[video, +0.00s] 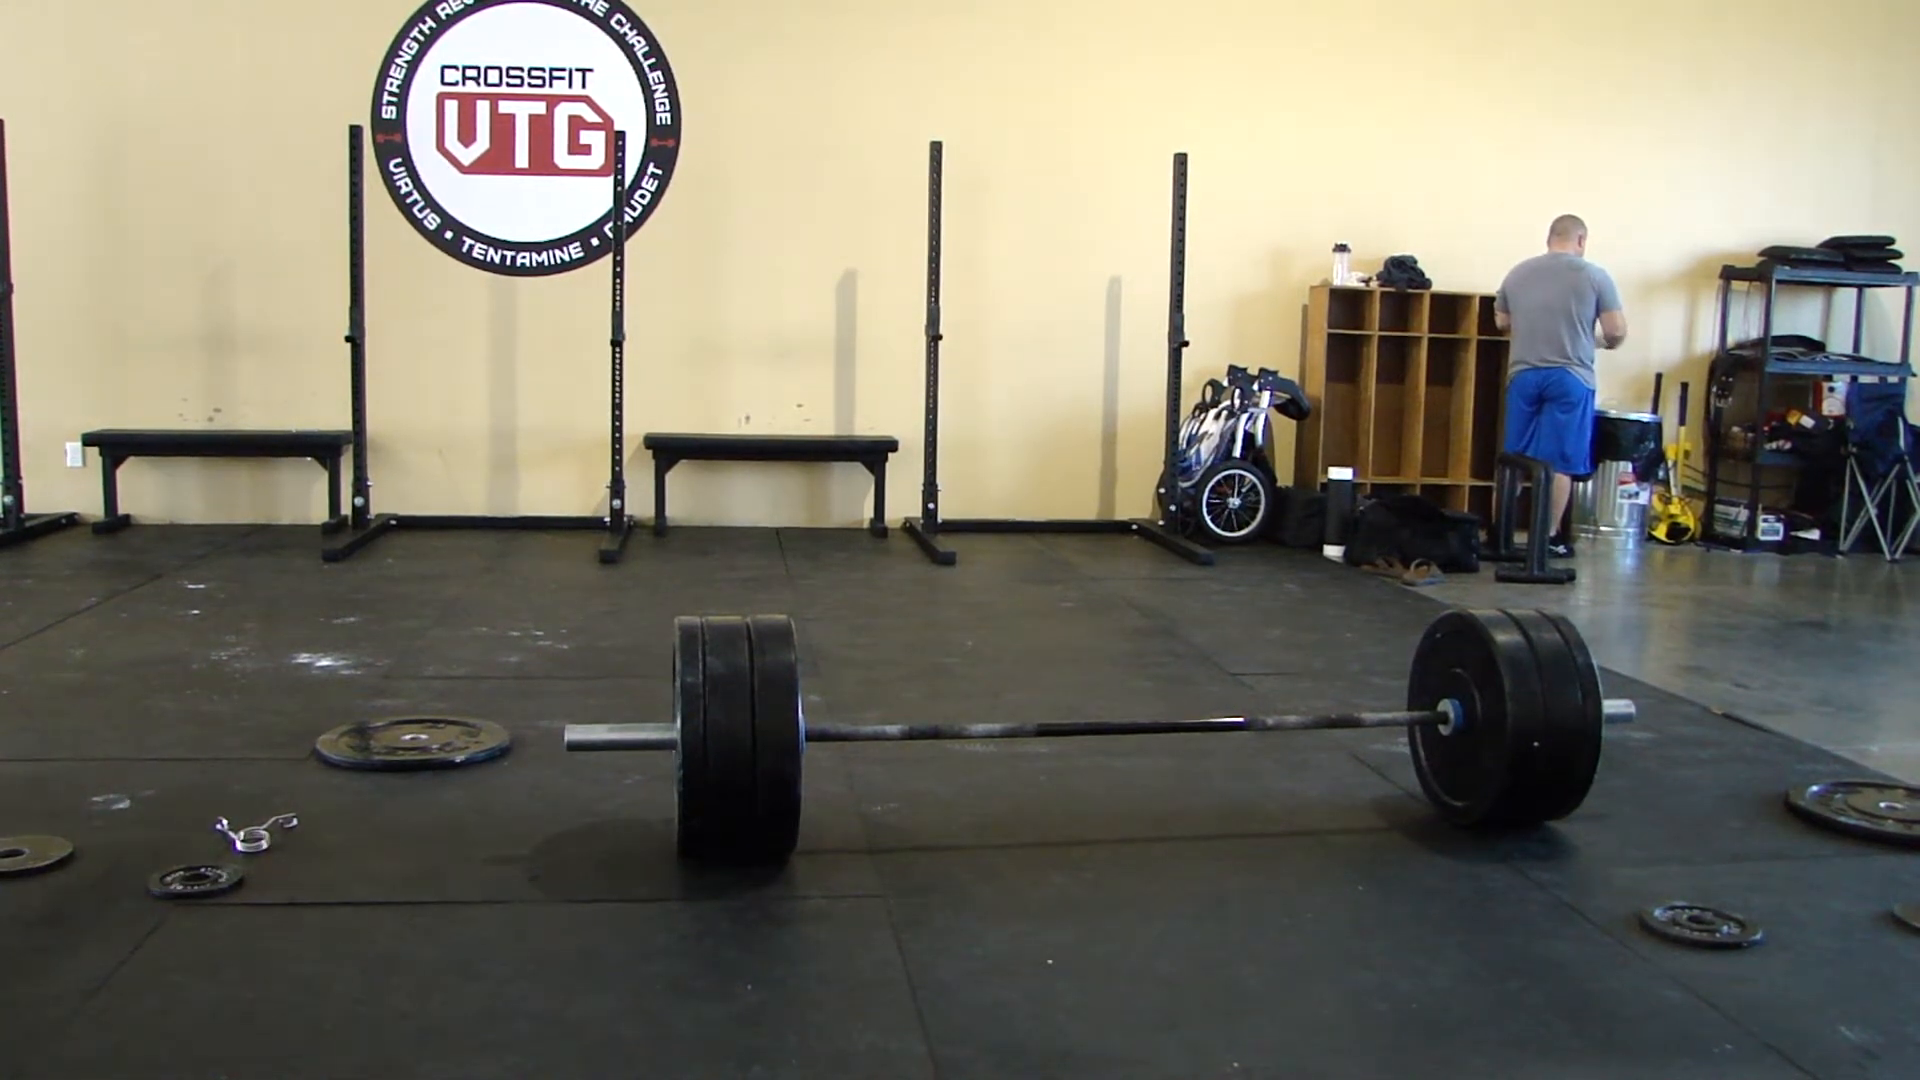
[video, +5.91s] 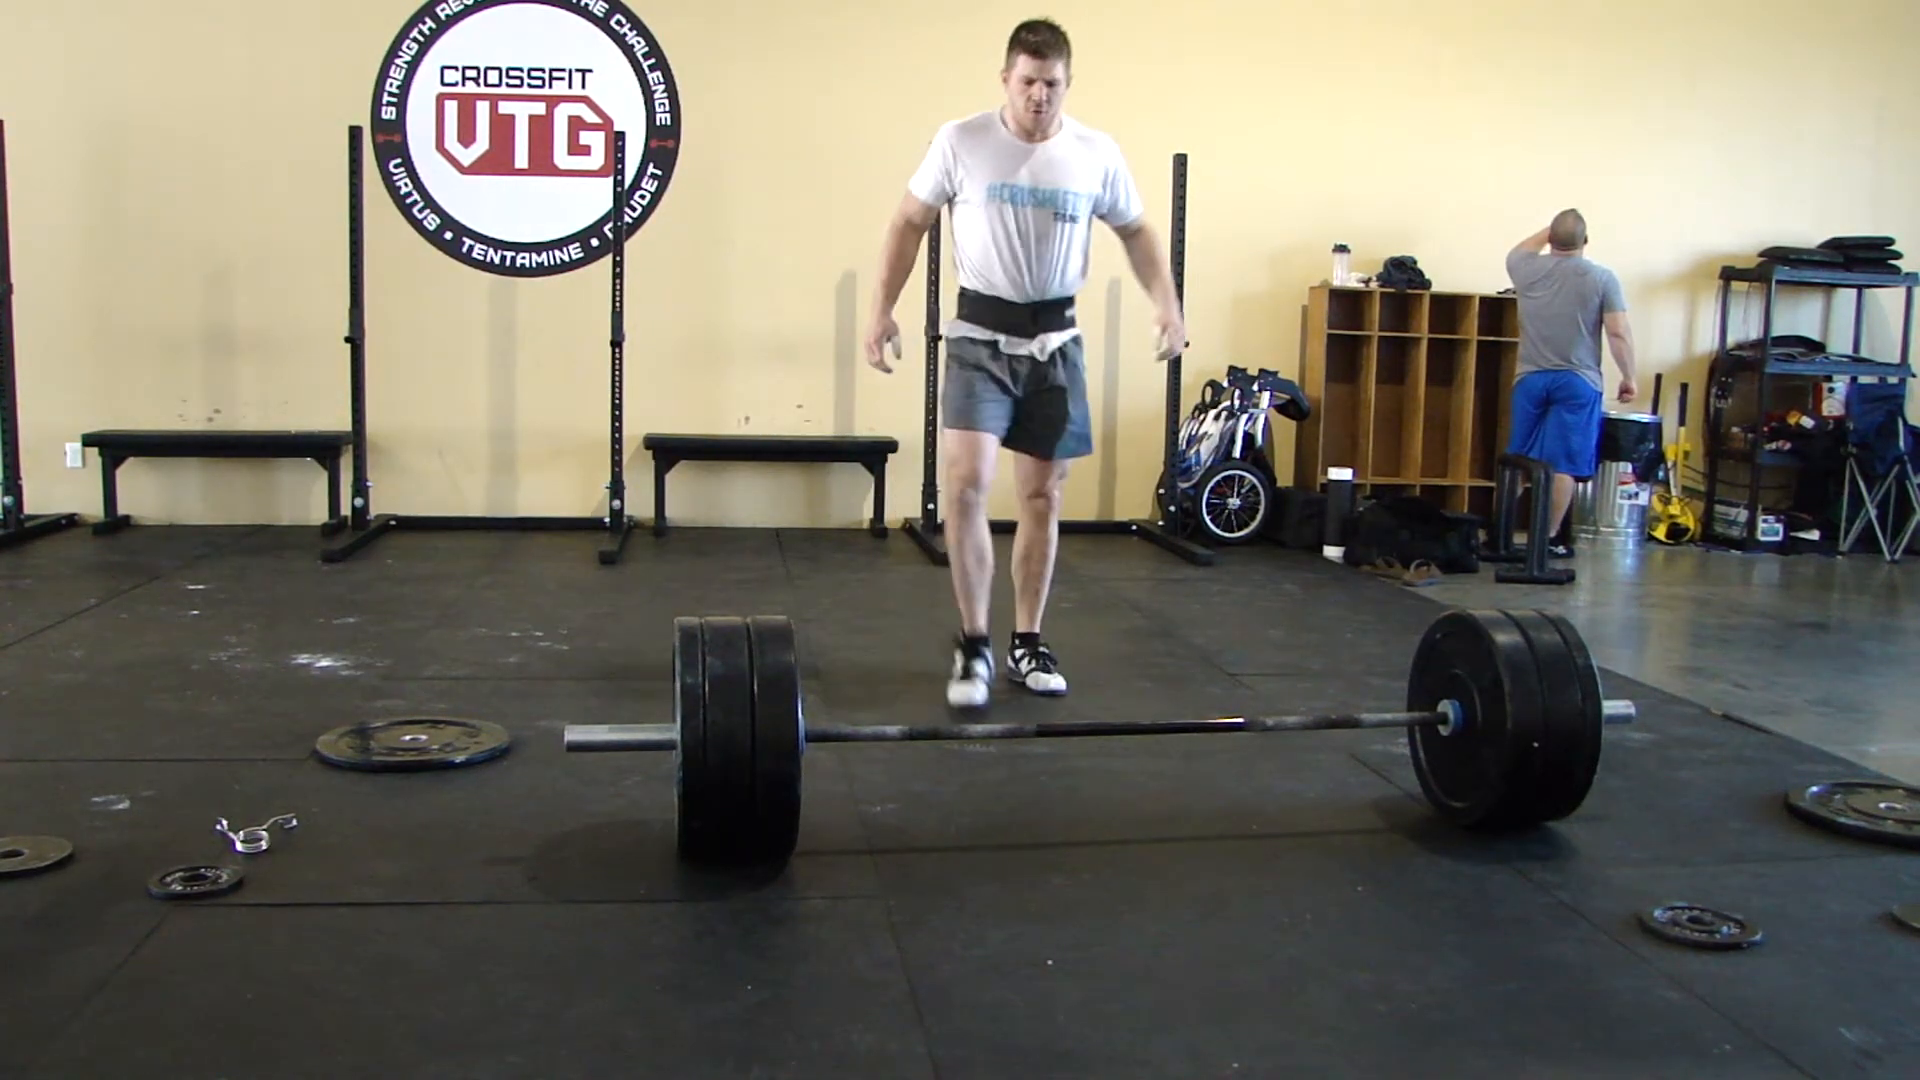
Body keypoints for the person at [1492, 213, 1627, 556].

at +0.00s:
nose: (1582, 248)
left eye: (1581, 243)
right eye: (1584, 243)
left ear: (1548, 240)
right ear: (1581, 241)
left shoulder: (1518, 272)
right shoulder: (1593, 275)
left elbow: (1502, 321)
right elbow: (1616, 332)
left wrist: (1533, 322)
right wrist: (1603, 340)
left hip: (1523, 375)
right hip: (1570, 377)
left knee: (1512, 459)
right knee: (1560, 464)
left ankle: (1500, 535)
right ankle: (1548, 537)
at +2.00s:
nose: (1553, 245)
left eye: (1548, 240)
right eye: (1576, 240)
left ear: (1545, 240)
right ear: (1580, 241)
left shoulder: (1521, 275)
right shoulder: (1599, 276)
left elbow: (1509, 323)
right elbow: (1617, 326)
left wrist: (1543, 314)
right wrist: (1581, 312)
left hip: (1527, 377)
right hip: (1575, 379)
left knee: (1516, 459)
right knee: (1561, 466)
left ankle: (1502, 535)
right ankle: (1547, 540)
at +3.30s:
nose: (1582, 247)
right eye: (1584, 242)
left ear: (1549, 239)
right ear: (1583, 241)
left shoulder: (1521, 274)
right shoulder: (1597, 276)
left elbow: (1507, 316)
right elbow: (1621, 328)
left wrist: (1536, 316)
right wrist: (1615, 344)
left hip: (1528, 378)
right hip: (1576, 380)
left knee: (1516, 460)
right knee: (1562, 466)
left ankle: (1501, 535)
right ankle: (1547, 540)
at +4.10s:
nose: (1584, 244)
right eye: (1585, 239)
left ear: (1550, 239)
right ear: (1586, 240)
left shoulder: (1524, 271)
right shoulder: (1600, 277)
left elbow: (1512, 289)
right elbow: (1616, 332)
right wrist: (1628, 376)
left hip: (1530, 379)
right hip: (1577, 382)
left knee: (1519, 461)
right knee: (1565, 465)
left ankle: (1502, 534)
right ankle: (1548, 538)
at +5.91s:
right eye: (1584, 237)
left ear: (1549, 240)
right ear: (1586, 242)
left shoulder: (1529, 271)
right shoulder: (1601, 277)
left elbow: (1517, 254)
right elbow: (1617, 332)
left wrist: (1548, 232)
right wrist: (1629, 376)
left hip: (1530, 378)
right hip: (1579, 381)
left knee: (1519, 460)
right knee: (1565, 465)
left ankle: (1501, 534)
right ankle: (1548, 539)